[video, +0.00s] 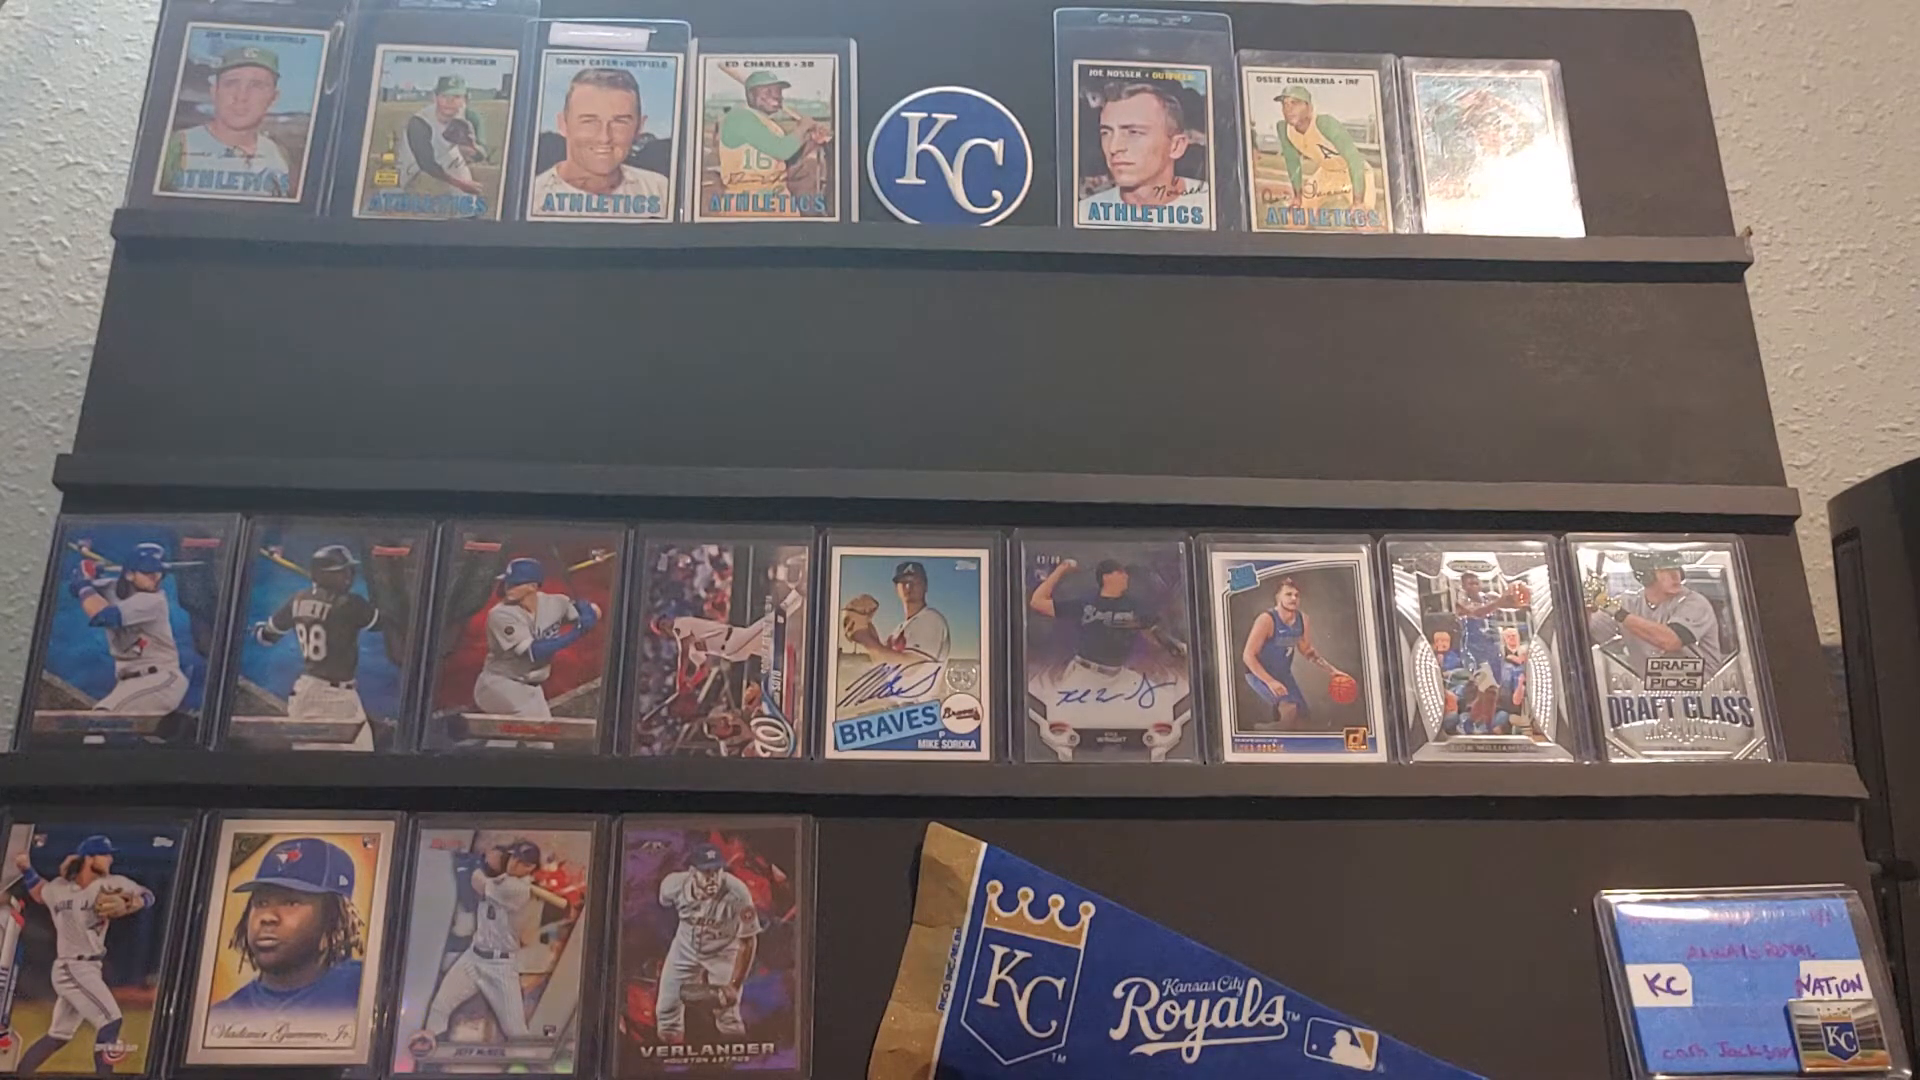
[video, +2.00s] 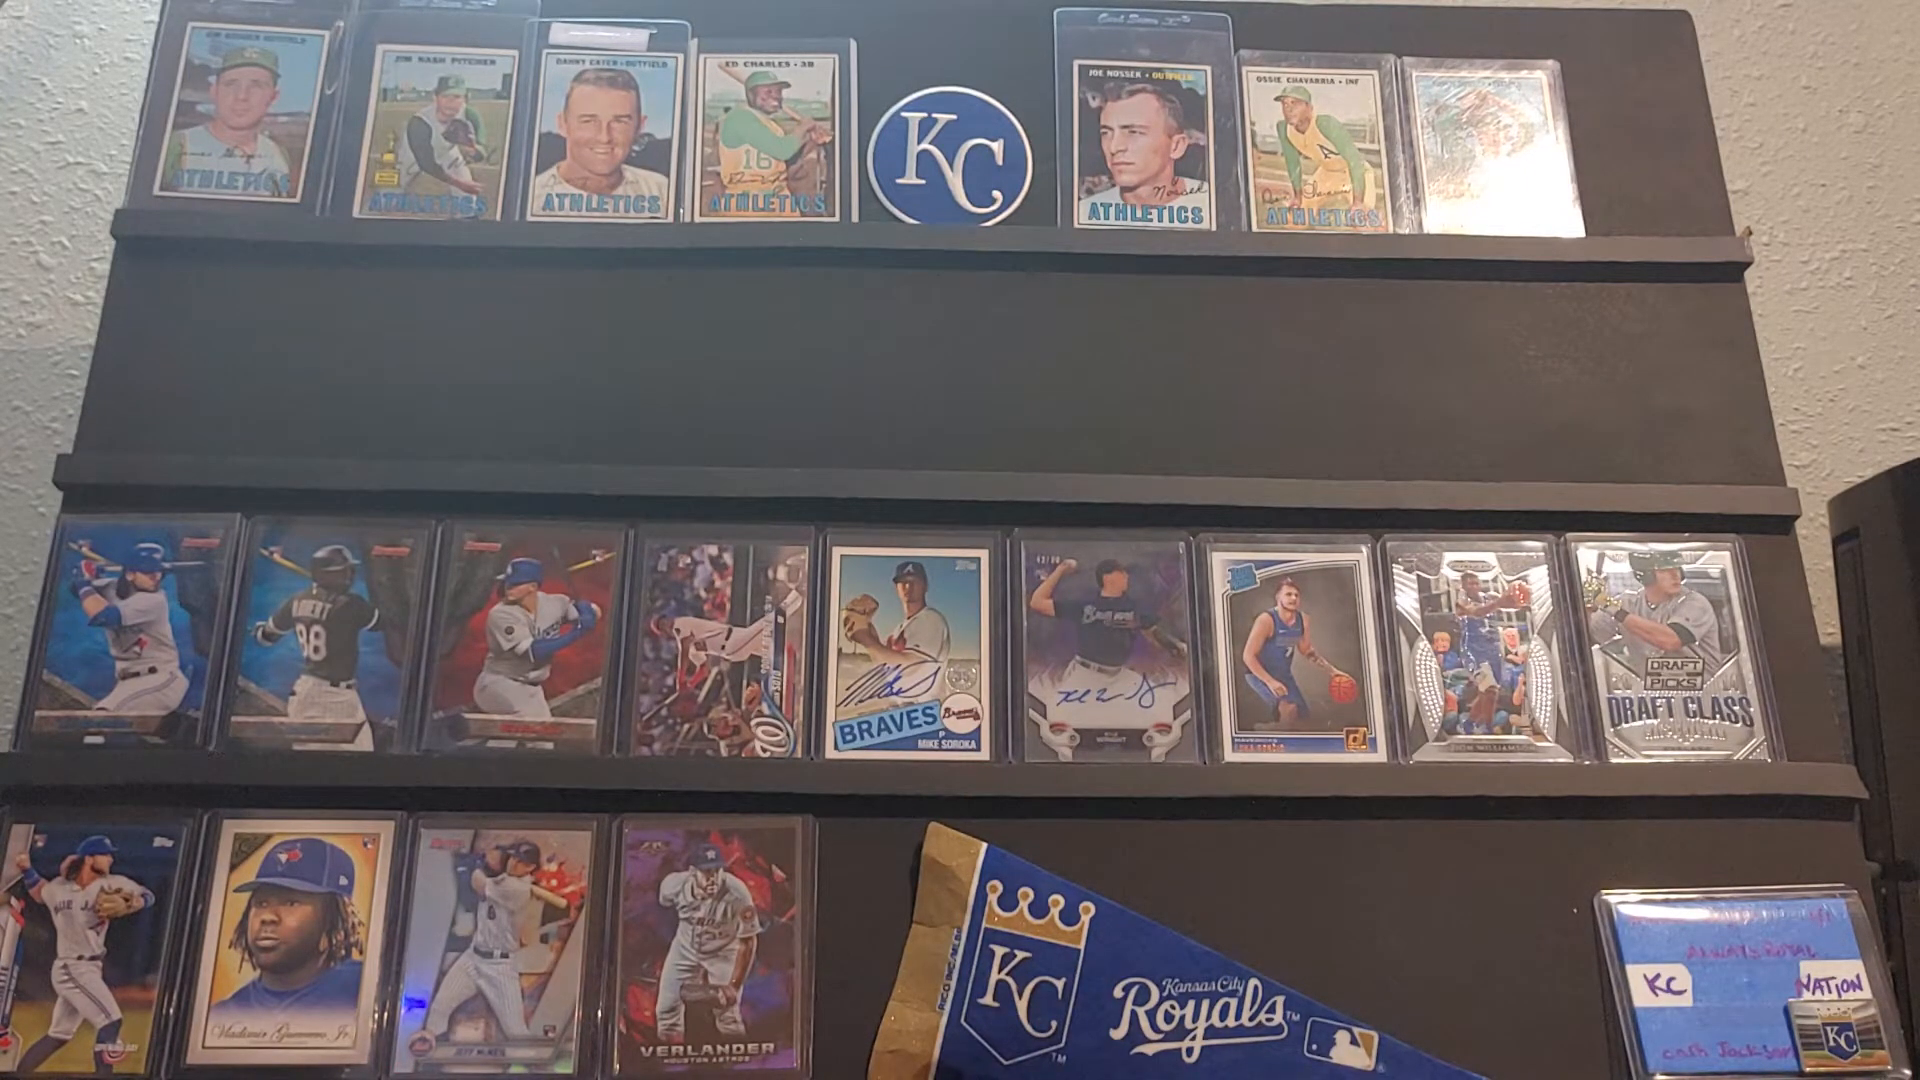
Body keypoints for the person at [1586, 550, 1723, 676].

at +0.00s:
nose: (1676, 575)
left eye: (1677, 568)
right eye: (1667, 569)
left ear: (1682, 570)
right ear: (1645, 574)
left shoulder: (1696, 604)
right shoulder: (1627, 604)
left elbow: (1670, 641)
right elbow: (1584, 638)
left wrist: (1621, 614)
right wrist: (1585, 609)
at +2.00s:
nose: (1676, 575)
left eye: (1677, 568)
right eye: (1666, 569)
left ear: (1682, 571)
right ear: (1644, 574)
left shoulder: (1696, 604)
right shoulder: (1628, 604)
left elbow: (1671, 641)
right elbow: (1586, 635)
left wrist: (1619, 613)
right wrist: (1584, 607)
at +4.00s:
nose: (1675, 574)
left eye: (1677, 567)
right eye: (1665, 569)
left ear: (1682, 570)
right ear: (1644, 575)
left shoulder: (1696, 604)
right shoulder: (1628, 604)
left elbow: (1671, 641)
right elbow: (1586, 638)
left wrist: (1620, 614)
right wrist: (1585, 609)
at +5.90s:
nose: (1676, 575)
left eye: (1677, 568)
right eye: (1666, 570)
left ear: (1682, 571)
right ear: (1645, 574)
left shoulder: (1696, 604)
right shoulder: (1628, 603)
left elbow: (1671, 641)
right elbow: (1589, 634)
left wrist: (1619, 614)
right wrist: (1584, 610)